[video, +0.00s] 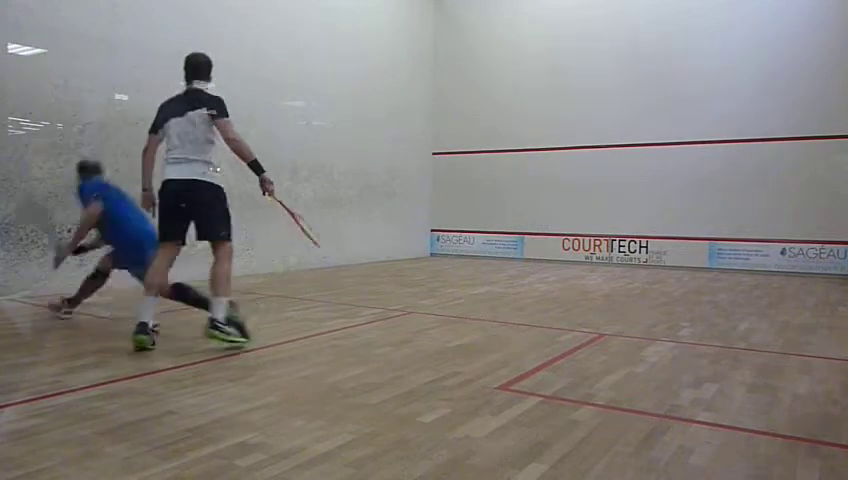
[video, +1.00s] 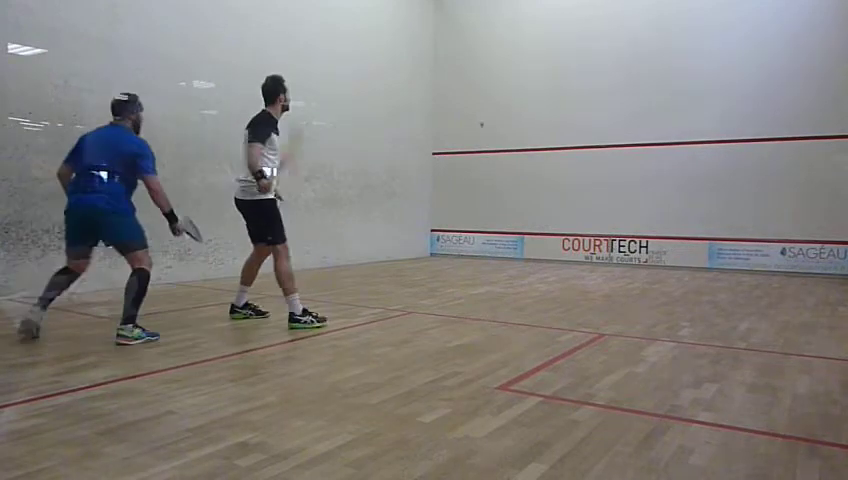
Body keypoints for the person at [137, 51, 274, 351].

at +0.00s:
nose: (210, 81)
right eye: (211, 76)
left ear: (185, 75)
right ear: (209, 77)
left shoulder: (167, 107)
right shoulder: (213, 102)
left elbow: (149, 149)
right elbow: (232, 139)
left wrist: (147, 189)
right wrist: (261, 172)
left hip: (171, 187)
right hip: (206, 186)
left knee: (167, 250)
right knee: (222, 251)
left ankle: (145, 322)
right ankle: (218, 320)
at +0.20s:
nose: (236, 83)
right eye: (239, 79)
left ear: (215, 80)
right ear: (238, 81)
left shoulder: (199, 111)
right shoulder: (245, 109)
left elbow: (178, 152)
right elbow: (257, 149)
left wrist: (174, 192)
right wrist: (275, 187)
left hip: (205, 194)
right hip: (239, 195)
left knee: (198, 251)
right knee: (248, 255)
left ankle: (167, 300)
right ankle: (247, 324)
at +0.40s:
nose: (256, 95)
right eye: (257, 91)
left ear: (235, 93)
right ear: (258, 93)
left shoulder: (220, 121)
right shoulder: (269, 122)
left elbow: (199, 156)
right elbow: (287, 167)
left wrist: (194, 195)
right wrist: (286, 197)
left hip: (224, 197)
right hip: (258, 198)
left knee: (224, 248)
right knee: (271, 257)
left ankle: (220, 307)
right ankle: (282, 321)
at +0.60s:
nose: (274, 107)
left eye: (271, 103)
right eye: (273, 103)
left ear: (250, 107)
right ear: (271, 105)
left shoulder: (234, 134)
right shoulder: (278, 134)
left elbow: (215, 168)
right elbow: (288, 177)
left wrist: (210, 202)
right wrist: (297, 205)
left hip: (233, 205)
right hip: (265, 205)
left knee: (246, 247)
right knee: (295, 252)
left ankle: (228, 307)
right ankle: (292, 312)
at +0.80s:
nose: (288, 102)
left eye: (286, 97)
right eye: (287, 97)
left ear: (265, 101)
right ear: (283, 100)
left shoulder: (251, 128)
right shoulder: (282, 129)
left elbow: (233, 162)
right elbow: (284, 173)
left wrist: (241, 197)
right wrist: (300, 206)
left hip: (248, 201)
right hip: (271, 201)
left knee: (268, 245)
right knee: (302, 248)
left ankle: (238, 297)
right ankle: (300, 313)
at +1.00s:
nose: (288, 98)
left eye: (286, 94)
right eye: (286, 94)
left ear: (268, 97)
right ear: (280, 97)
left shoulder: (268, 123)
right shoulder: (263, 123)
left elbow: (264, 159)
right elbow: (253, 158)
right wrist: (261, 178)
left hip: (253, 197)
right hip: (259, 198)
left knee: (262, 249)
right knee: (281, 251)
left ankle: (239, 303)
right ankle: (297, 312)